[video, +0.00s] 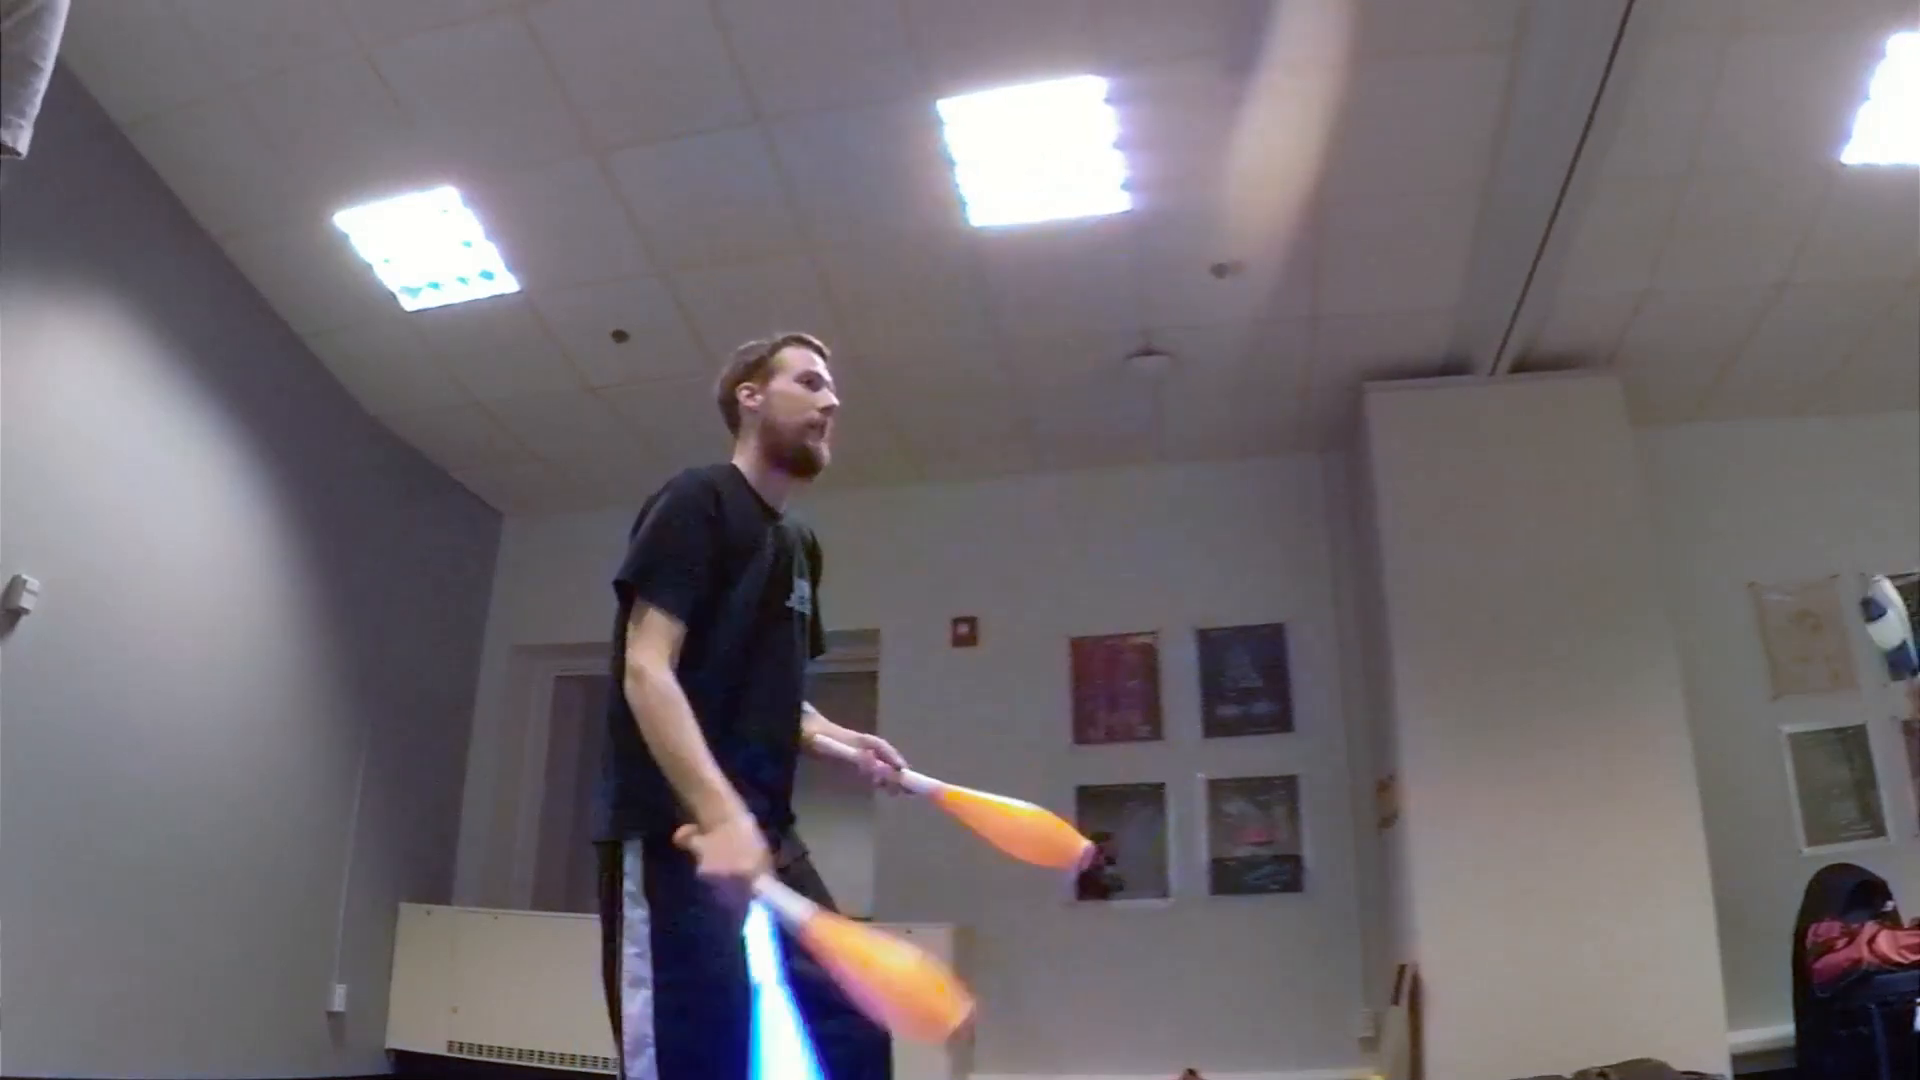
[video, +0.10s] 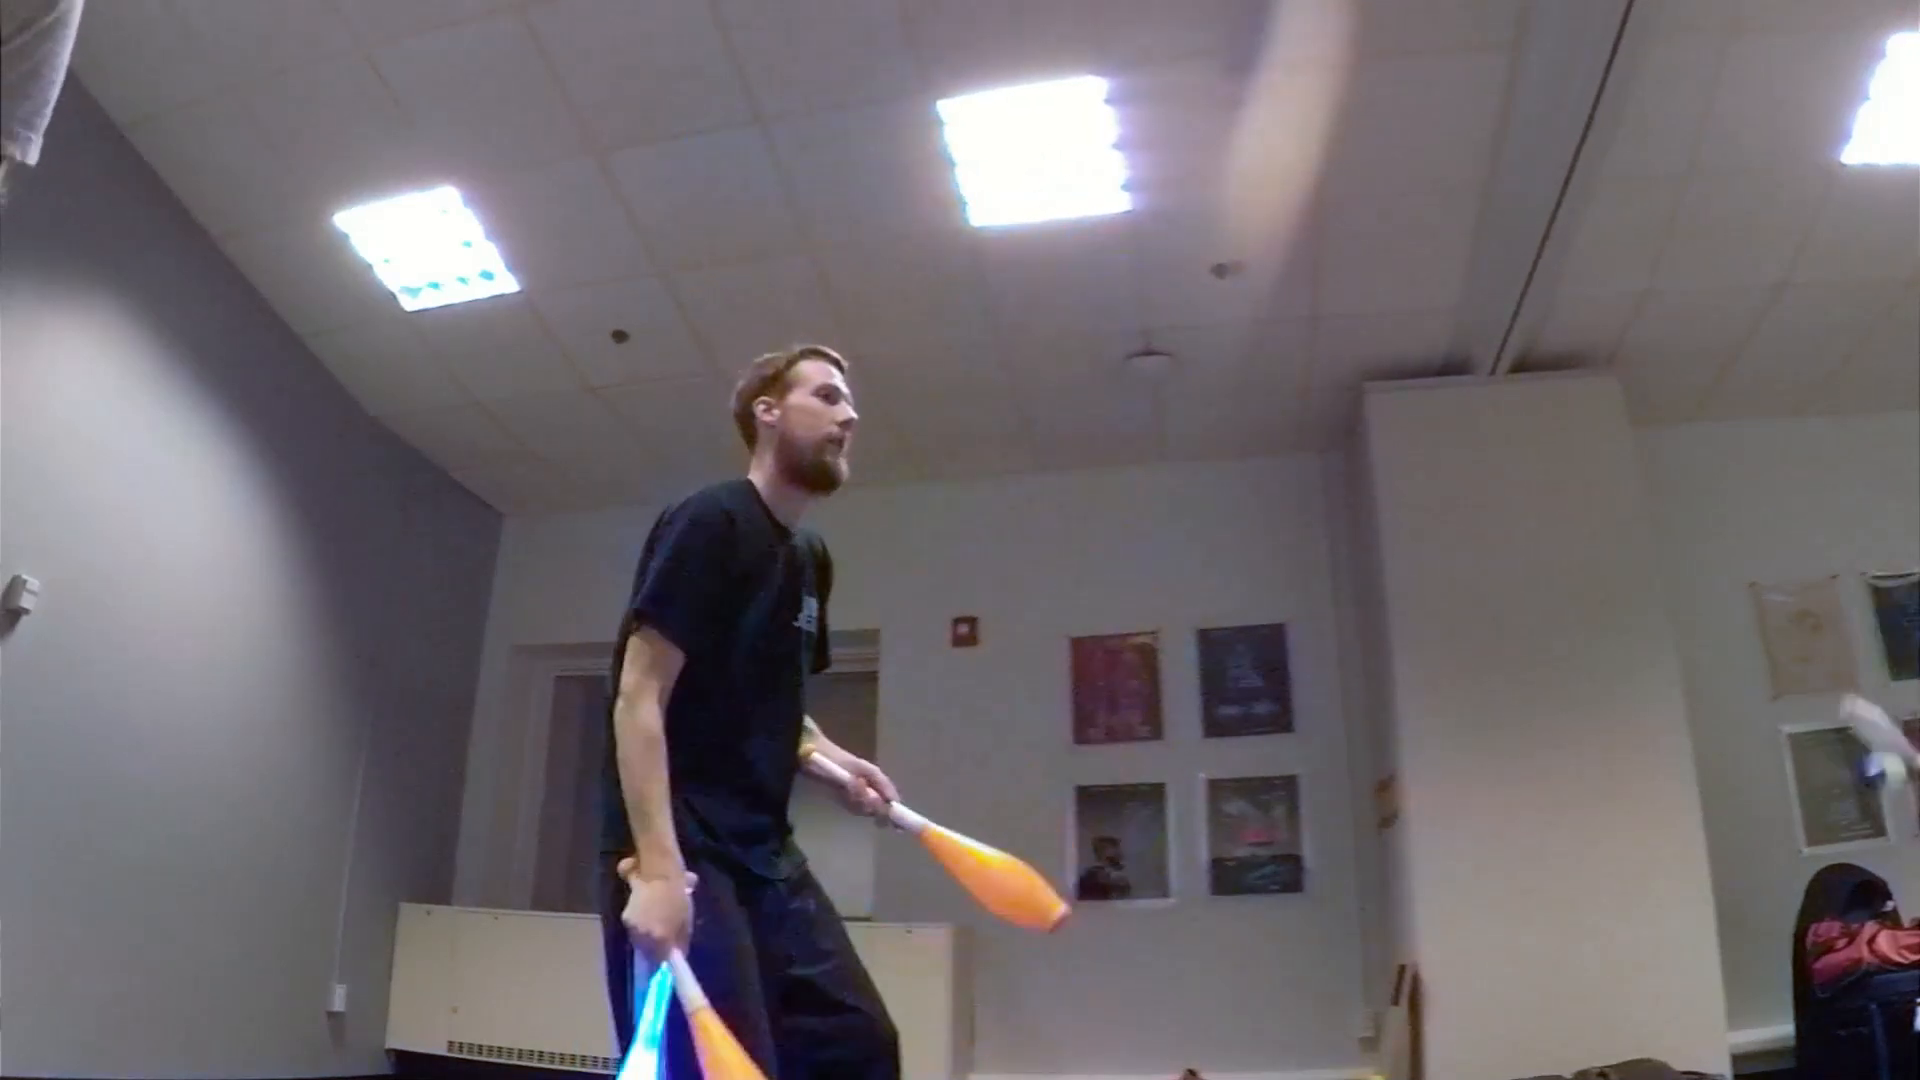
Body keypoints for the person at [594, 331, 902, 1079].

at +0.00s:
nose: (831, 399)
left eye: (832, 389)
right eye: (809, 381)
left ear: (831, 413)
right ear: (748, 397)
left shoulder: (798, 545)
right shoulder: (697, 499)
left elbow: (761, 696)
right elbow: (645, 668)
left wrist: (843, 746)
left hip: (762, 838)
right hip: (671, 841)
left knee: (854, 1040)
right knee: (690, 1060)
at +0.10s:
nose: (849, 415)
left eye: (850, 404)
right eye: (828, 395)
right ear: (766, 411)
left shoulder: (808, 555)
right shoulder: (708, 523)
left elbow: (765, 707)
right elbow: (639, 695)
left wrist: (837, 765)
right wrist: (658, 867)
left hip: (765, 857)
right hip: (679, 859)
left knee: (858, 1044)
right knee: (724, 1064)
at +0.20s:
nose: (869, 420)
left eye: (869, 407)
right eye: (848, 401)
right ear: (786, 418)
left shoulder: (821, 561)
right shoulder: (724, 531)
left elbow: (776, 707)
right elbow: (659, 715)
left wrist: (835, 778)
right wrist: (686, 882)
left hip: (769, 859)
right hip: (685, 864)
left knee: (861, 1044)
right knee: (708, 1066)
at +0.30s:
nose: (887, 415)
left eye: (889, 404)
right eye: (866, 395)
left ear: (882, 434)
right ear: (804, 411)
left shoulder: (836, 556)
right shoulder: (750, 515)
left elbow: (792, 690)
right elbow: (717, 690)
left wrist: (832, 769)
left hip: (771, 859)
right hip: (685, 855)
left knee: (804, 1062)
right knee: (707, 1063)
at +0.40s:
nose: (901, 405)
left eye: (903, 394)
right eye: (880, 386)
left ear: (894, 423)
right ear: (820, 400)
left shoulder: (851, 545)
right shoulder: (767, 498)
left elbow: (817, 681)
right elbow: (794, 649)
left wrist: (843, 764)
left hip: (780, 833)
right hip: (693, 828)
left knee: (845, 1047)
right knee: (704, 1058)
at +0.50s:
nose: (910, 396)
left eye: (912, 386)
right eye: (889, 377)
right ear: (830, 391)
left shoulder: (848, 536)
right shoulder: (781, 481)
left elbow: (817, 678)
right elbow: (857, 588)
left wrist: (855, 758)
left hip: (788, 829)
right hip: (704, 821)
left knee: (842, 1050)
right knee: (698, 1055)